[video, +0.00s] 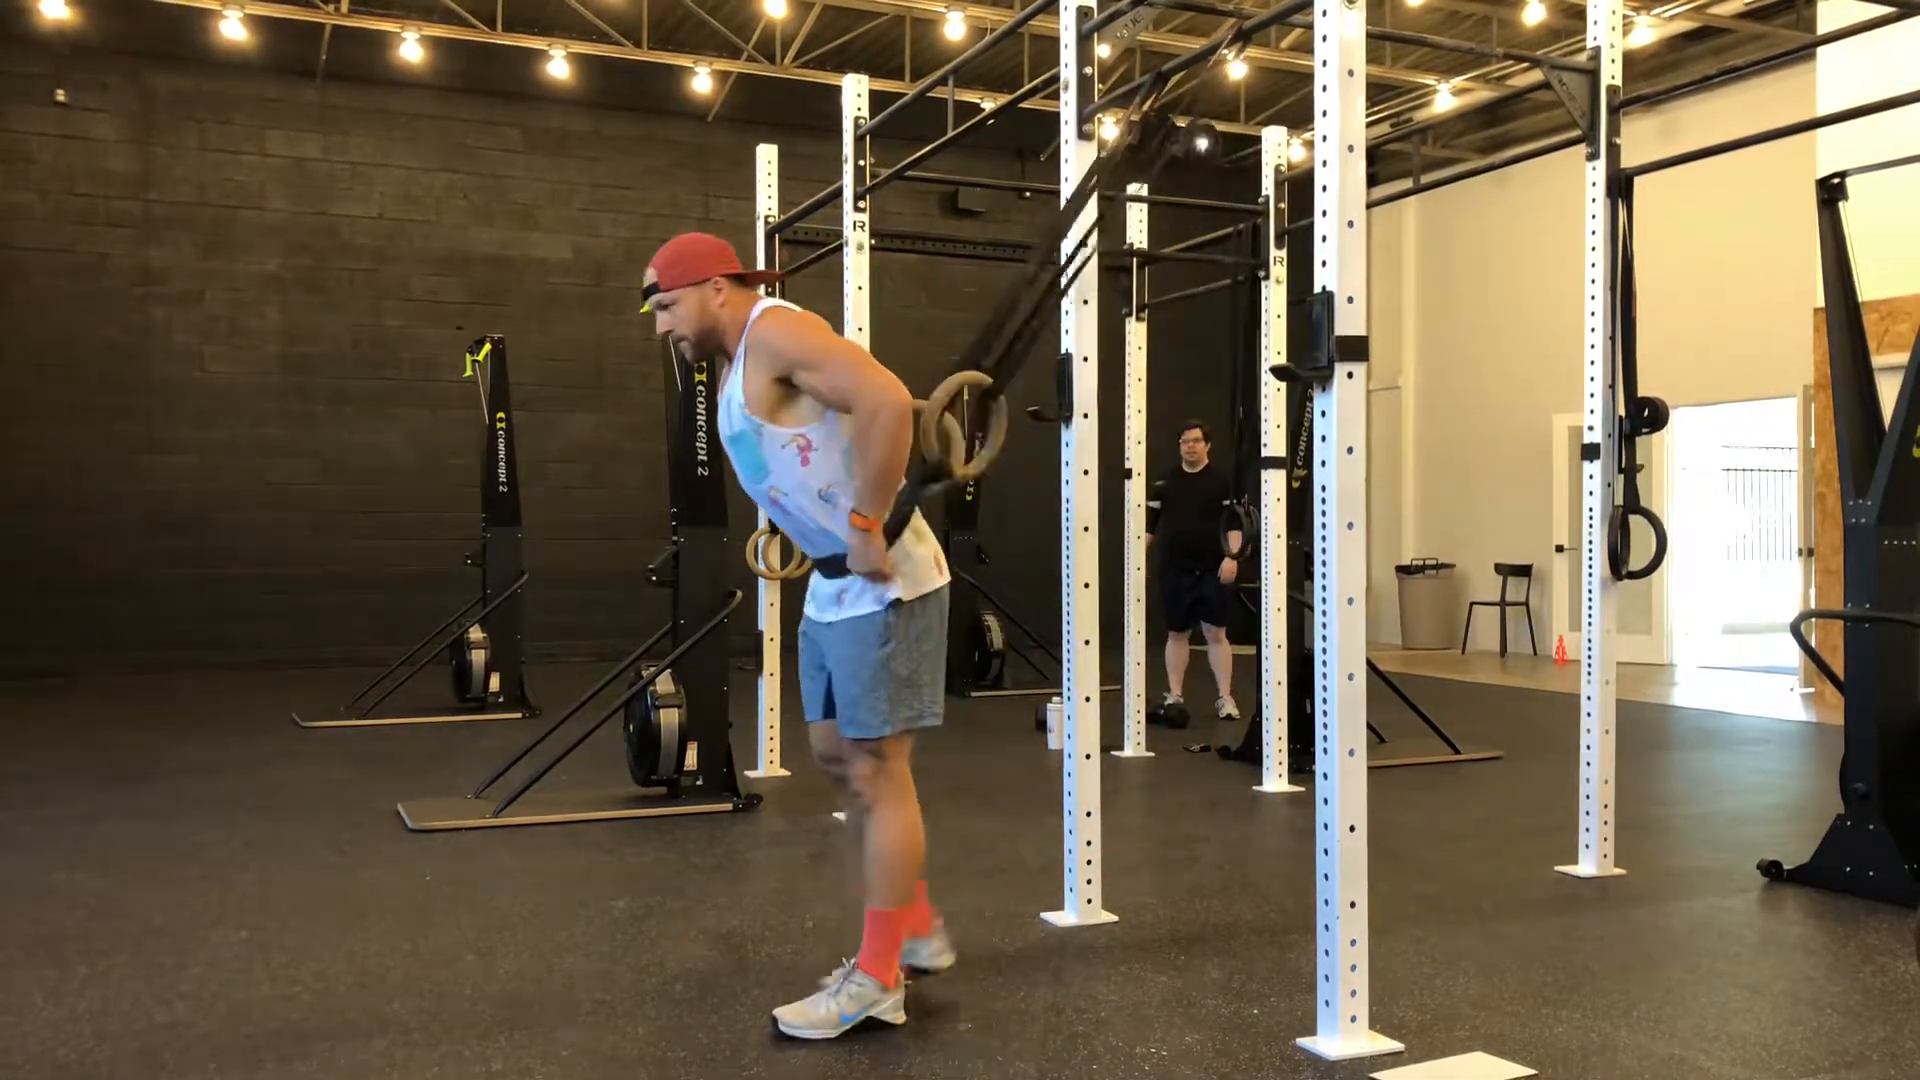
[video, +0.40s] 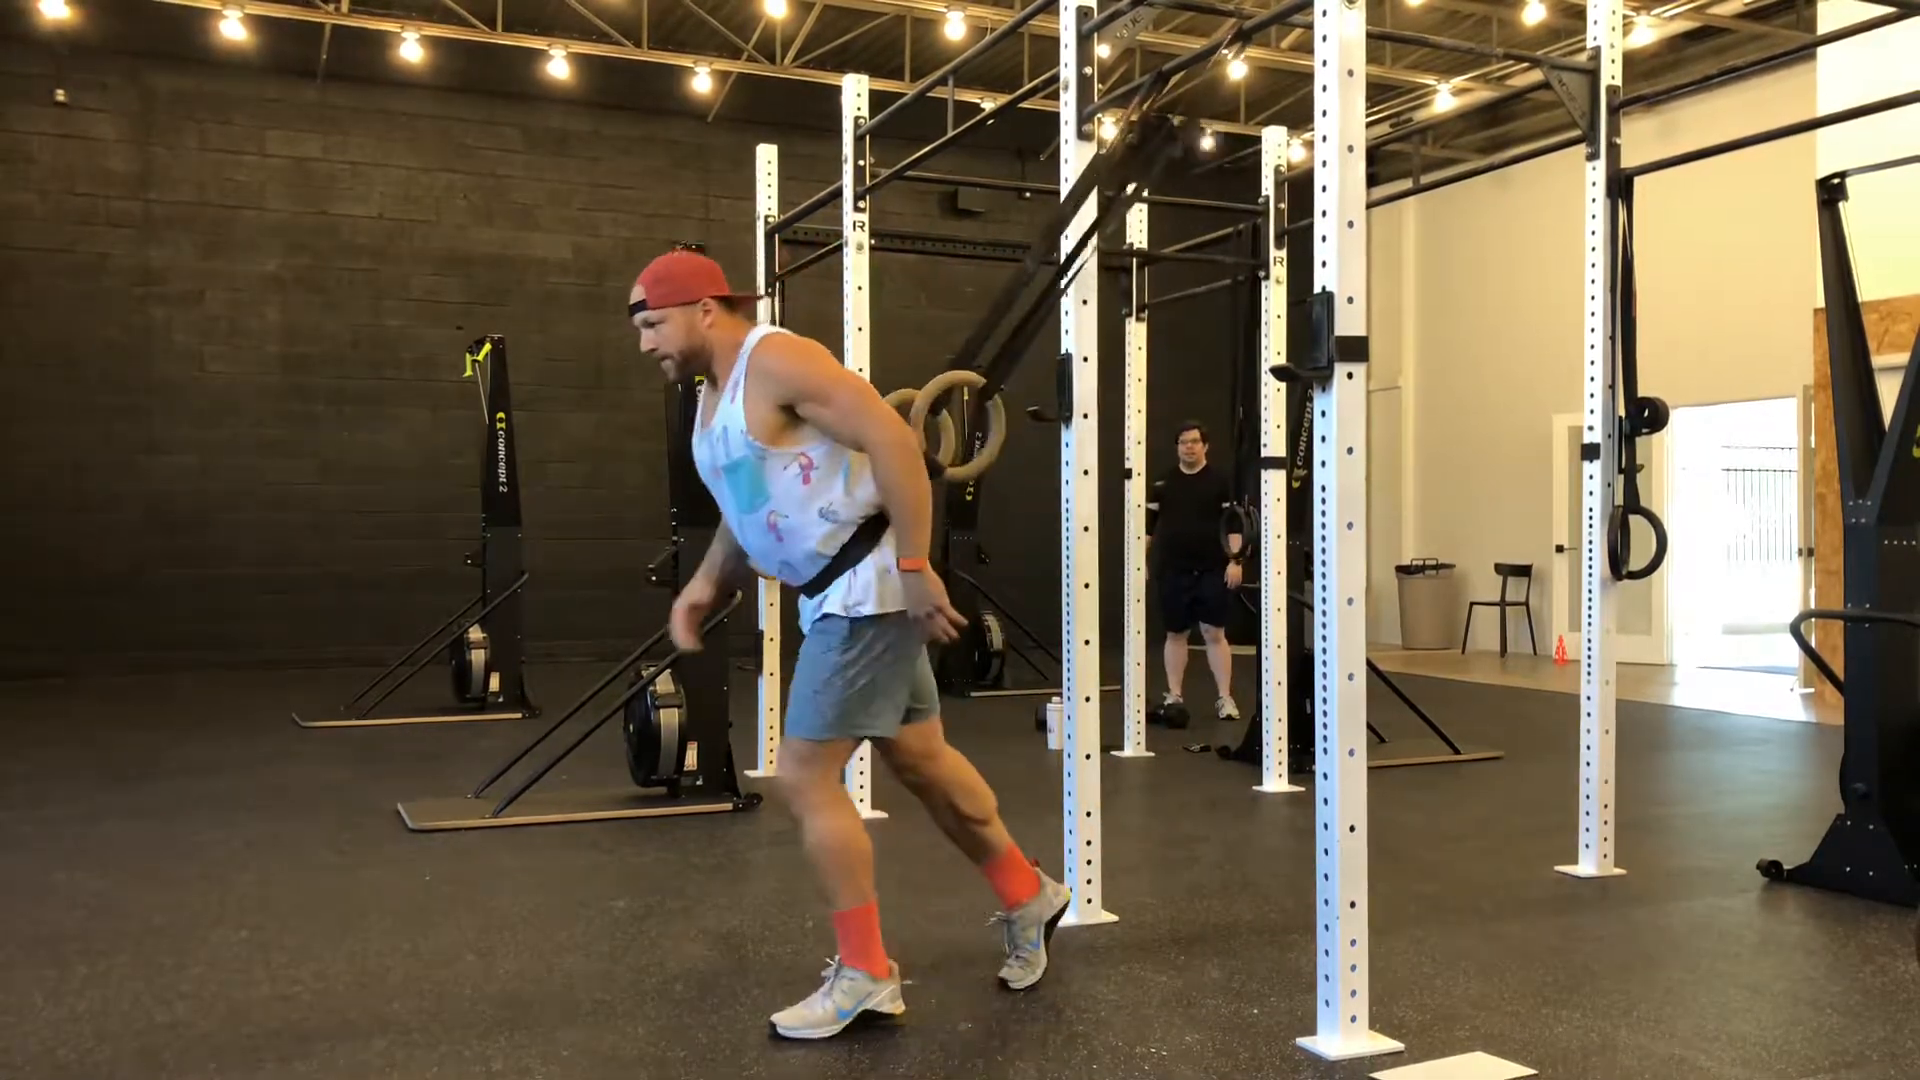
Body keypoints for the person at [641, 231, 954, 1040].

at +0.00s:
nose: (658, 323)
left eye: (664, 302)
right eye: (654, 306)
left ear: (717, 288)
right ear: (702, 297)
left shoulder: (775, 330)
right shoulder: (742, 358)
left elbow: (889, 405)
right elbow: (833, 426)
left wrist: (869, 524)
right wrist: (814, 529)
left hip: (883, 586)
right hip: (830, 586)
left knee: (879, 770)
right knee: (835, 751)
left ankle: (878, 976)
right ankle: (918, 923)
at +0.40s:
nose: (641, 338)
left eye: (648, 317)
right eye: (638, 322)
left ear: (702, 309)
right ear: (690, 315)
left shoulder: (777, 360)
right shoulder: (716, 395)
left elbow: (895, 437)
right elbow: (751, 503)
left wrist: (915, 564)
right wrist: (708, 581)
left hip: (868, 587)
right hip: (843, 590)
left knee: (807, 773)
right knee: (921, 756)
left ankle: (865, 972)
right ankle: (1029, 893)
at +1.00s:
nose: (527, 543)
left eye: (527, 526)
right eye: (521, 531)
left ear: (564, 494)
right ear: (562, 495)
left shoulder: (671, 504)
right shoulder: (609, 567)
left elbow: (825, 517)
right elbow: (561, 639)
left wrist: (910, 602)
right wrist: (495, 622)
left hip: (833, 652)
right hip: (834, 654)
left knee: (724, 818)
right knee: (914, 818)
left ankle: (854, 962)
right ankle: (1065, 906)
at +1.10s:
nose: (528, 569)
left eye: (527, 552)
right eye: (522, 557)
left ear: (564, 520)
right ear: (558, 528)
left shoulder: (668, 527)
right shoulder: (610, 591)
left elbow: (823, 524)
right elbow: (559, 670)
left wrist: (916, 603)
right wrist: (498, 651)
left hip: (836, 662)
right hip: (838, 665)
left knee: (719, 822)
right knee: (919, 831)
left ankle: (855, 962)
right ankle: (1069, 909)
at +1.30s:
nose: (540, 608)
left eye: (540, 591)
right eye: (531, 599)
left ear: (575, 557)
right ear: (565, 570)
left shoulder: (667, 559)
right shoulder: (619, 622)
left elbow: (826, 543)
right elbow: (574, 705)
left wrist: (925, 606)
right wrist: (508, 687)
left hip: (861, 660)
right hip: (856, 666)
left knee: (731, 816)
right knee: (892, 853)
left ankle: (860, 969)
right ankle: (1062, 901)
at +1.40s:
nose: (548, 612)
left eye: (547, 596)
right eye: (539, 603)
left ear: (582, 563)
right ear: (575, 572)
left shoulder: (674, 563)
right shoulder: (628, 624)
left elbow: (829, 544)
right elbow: (582, 710)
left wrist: (934, 606)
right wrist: (517, 691)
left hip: (866, 662)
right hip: (868, 665)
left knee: (736, 815)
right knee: (894, 855)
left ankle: (861, 968)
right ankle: (1066, 904)